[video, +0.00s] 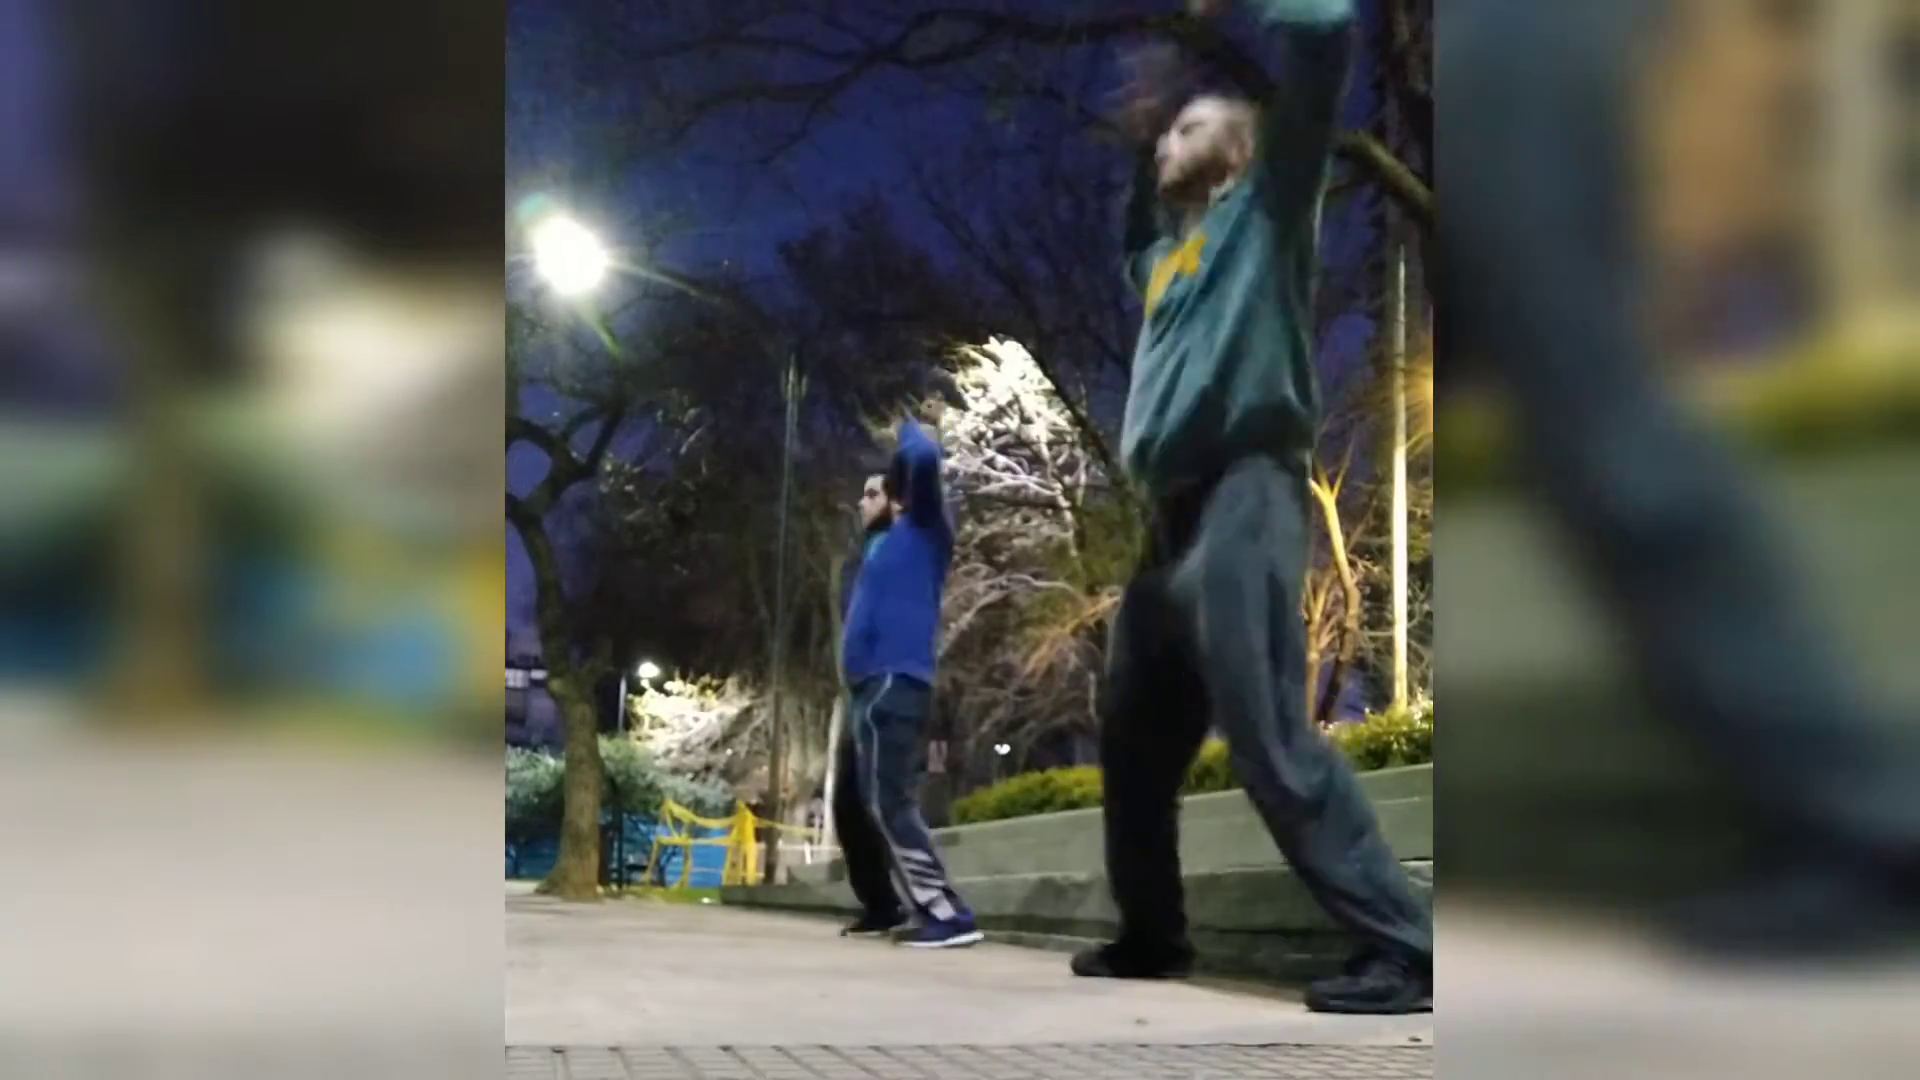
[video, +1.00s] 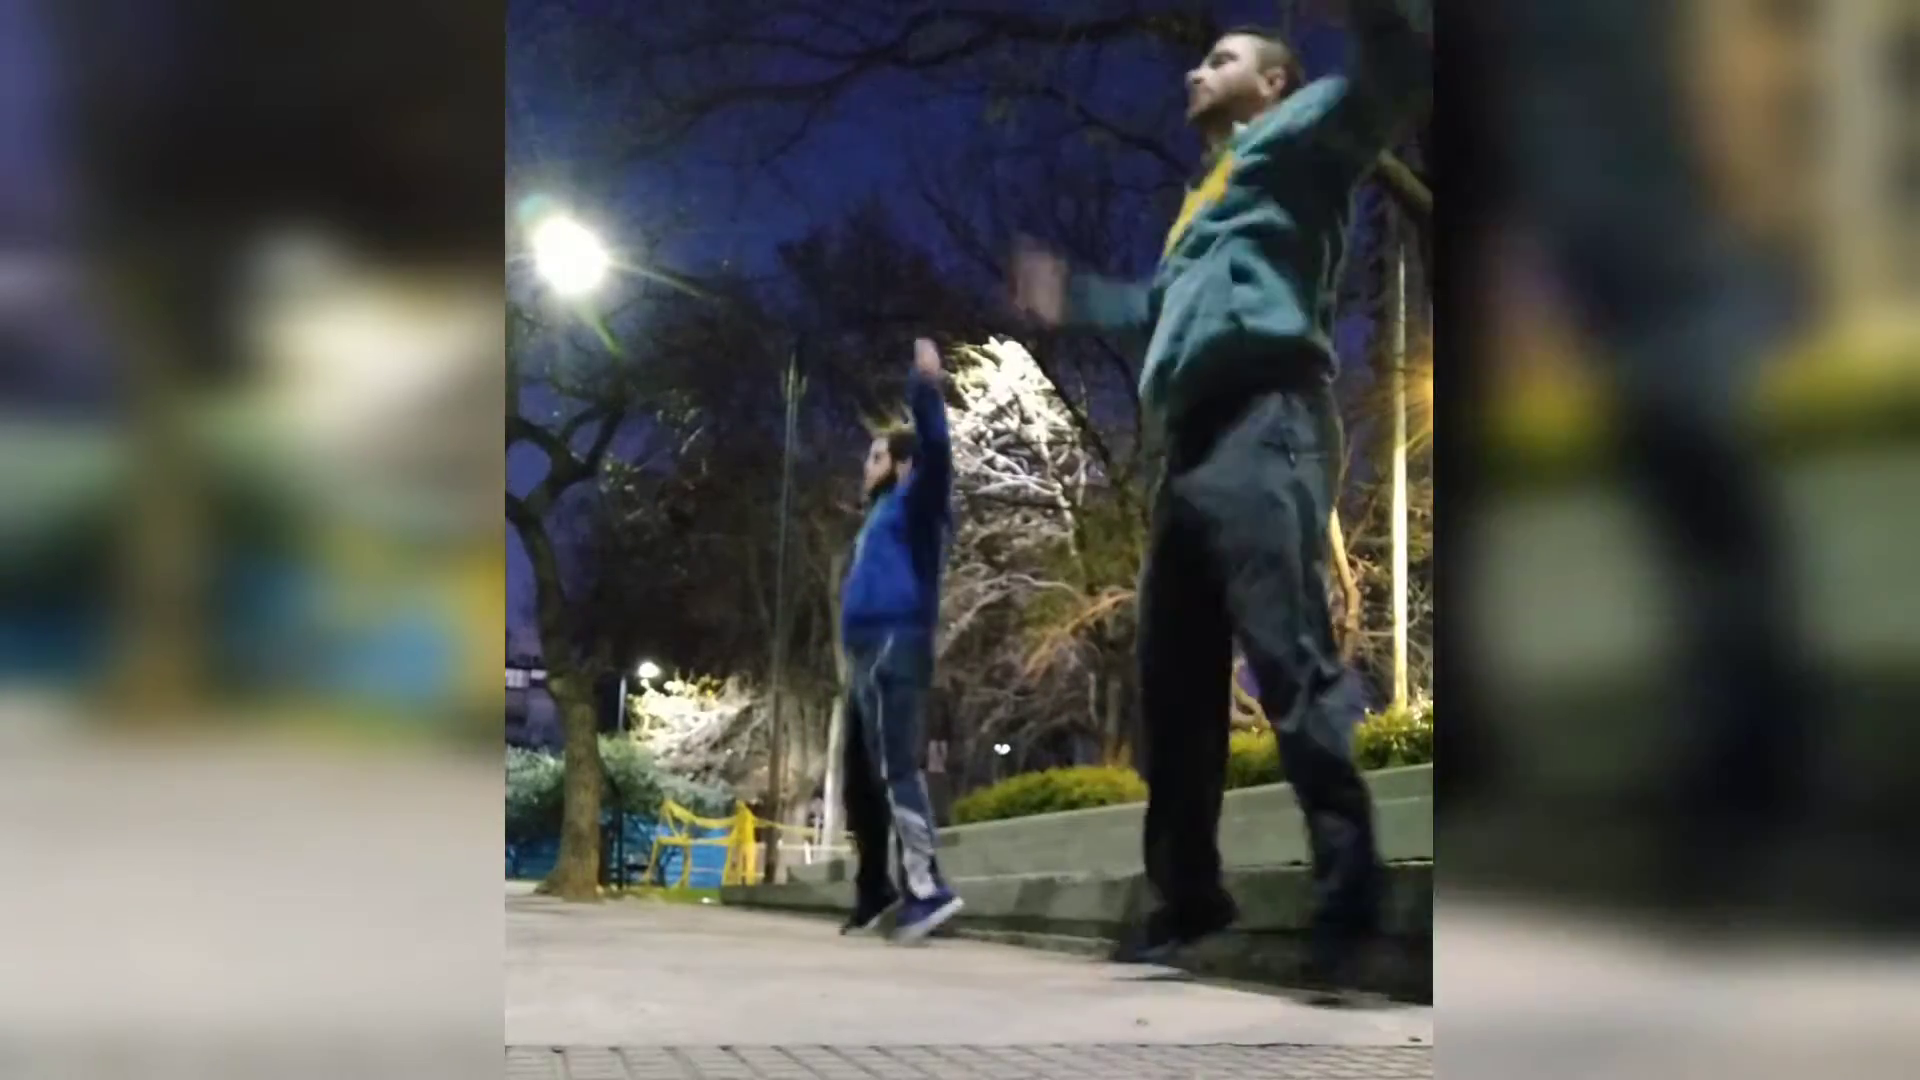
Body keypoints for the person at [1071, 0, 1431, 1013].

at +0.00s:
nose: (1173, 136)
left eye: (1194, 121)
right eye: (1171, 128)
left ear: (1240, 139)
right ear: (1179, 164)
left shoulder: (1271, 199)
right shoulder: (1161, 255)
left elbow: (1322, 36)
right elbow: (1137, 231)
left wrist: (1232, 18)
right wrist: (1154, 152)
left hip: (1249, 490)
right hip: (1174, 515)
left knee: (1267, 734)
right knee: (1135, 737)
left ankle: (1398, 950)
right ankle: (1150, 935)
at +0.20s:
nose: (1172, 79)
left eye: (1194, 64)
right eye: (1173, 69)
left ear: (1250, 87)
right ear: (1187, 100)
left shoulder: (1260, 150)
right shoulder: (1180, 211)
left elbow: (1314, 154)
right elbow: (1155, 356)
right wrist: (1050, 372)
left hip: (1250, 432)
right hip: (1180, 452)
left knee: (1258, 669)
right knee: (1147, 685)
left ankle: (1322, 913)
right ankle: (1182, 909)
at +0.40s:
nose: (1183, 122)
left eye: (1208, 112)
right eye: (1187, 114)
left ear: (1255, 144)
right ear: (1200, 154)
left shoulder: (1286, 222)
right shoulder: (1196, 251)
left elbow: (1345, 359)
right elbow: (1187, 389)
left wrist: (1275, 447)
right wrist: (1149, 496)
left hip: (1240, 519)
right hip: (1171, 531)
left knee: (1232, 734)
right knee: (1162, 739)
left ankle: (1299, 945)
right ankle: (1216, 941)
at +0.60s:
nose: (1202, 67)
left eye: (1227, 54)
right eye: (1202, 58)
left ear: (1282, 81)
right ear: (1211, 96)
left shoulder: (1293, 155)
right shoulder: (1200, 202)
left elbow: (1360, 100)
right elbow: (1165, 324)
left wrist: (1365, 3)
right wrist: (1072, 290)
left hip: (1266, 419)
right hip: (1196, 441)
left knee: (1289, 660)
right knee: (1182, 681)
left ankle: (1358, 918)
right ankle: (1182, 906)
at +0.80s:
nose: (1201, 155)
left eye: (1221, 139)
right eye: (1197, 145)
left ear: (1268, 155)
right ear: (1205, 174)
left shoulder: (1294, 216)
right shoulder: (1189, 260)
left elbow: (1335, 39)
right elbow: (1156, 233)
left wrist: (1261, 24)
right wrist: (1181, 138)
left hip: (1274, 512)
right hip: (1198, 532)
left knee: (1281, 725)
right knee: (1152, 752)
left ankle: (1418, 940)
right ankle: (1190, 938)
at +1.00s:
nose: (1197, 73)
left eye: (1221, 61)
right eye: (1201, 63)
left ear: (1275, 80)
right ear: (1221, 95)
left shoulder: (1297, 140)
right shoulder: (1200, 214)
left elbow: (1388, 81)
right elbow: (1162, 309)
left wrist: (1380, 4)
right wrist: (1071, 294)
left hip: (1268, 419)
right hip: (1192, 446)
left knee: (1292, 660)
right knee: (1176, 679)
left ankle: (1351, 900)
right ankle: (1188, 895)